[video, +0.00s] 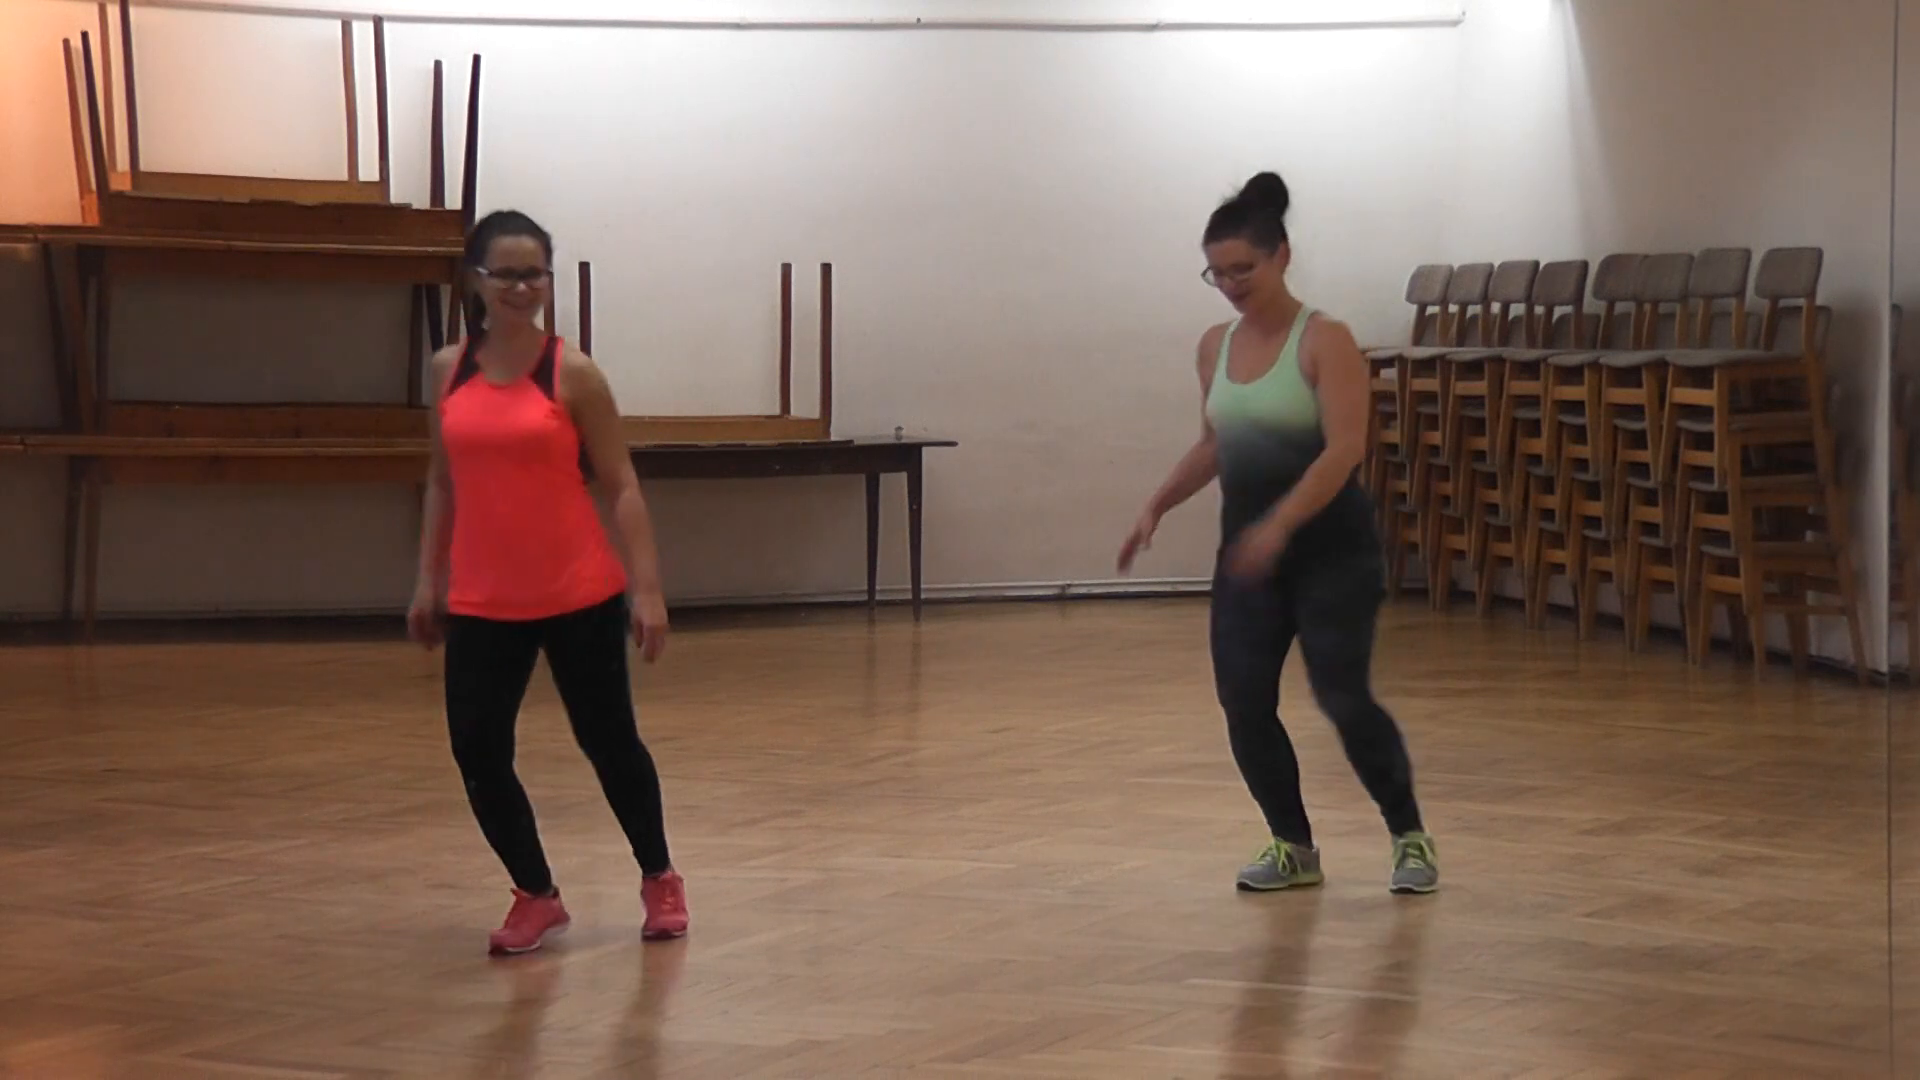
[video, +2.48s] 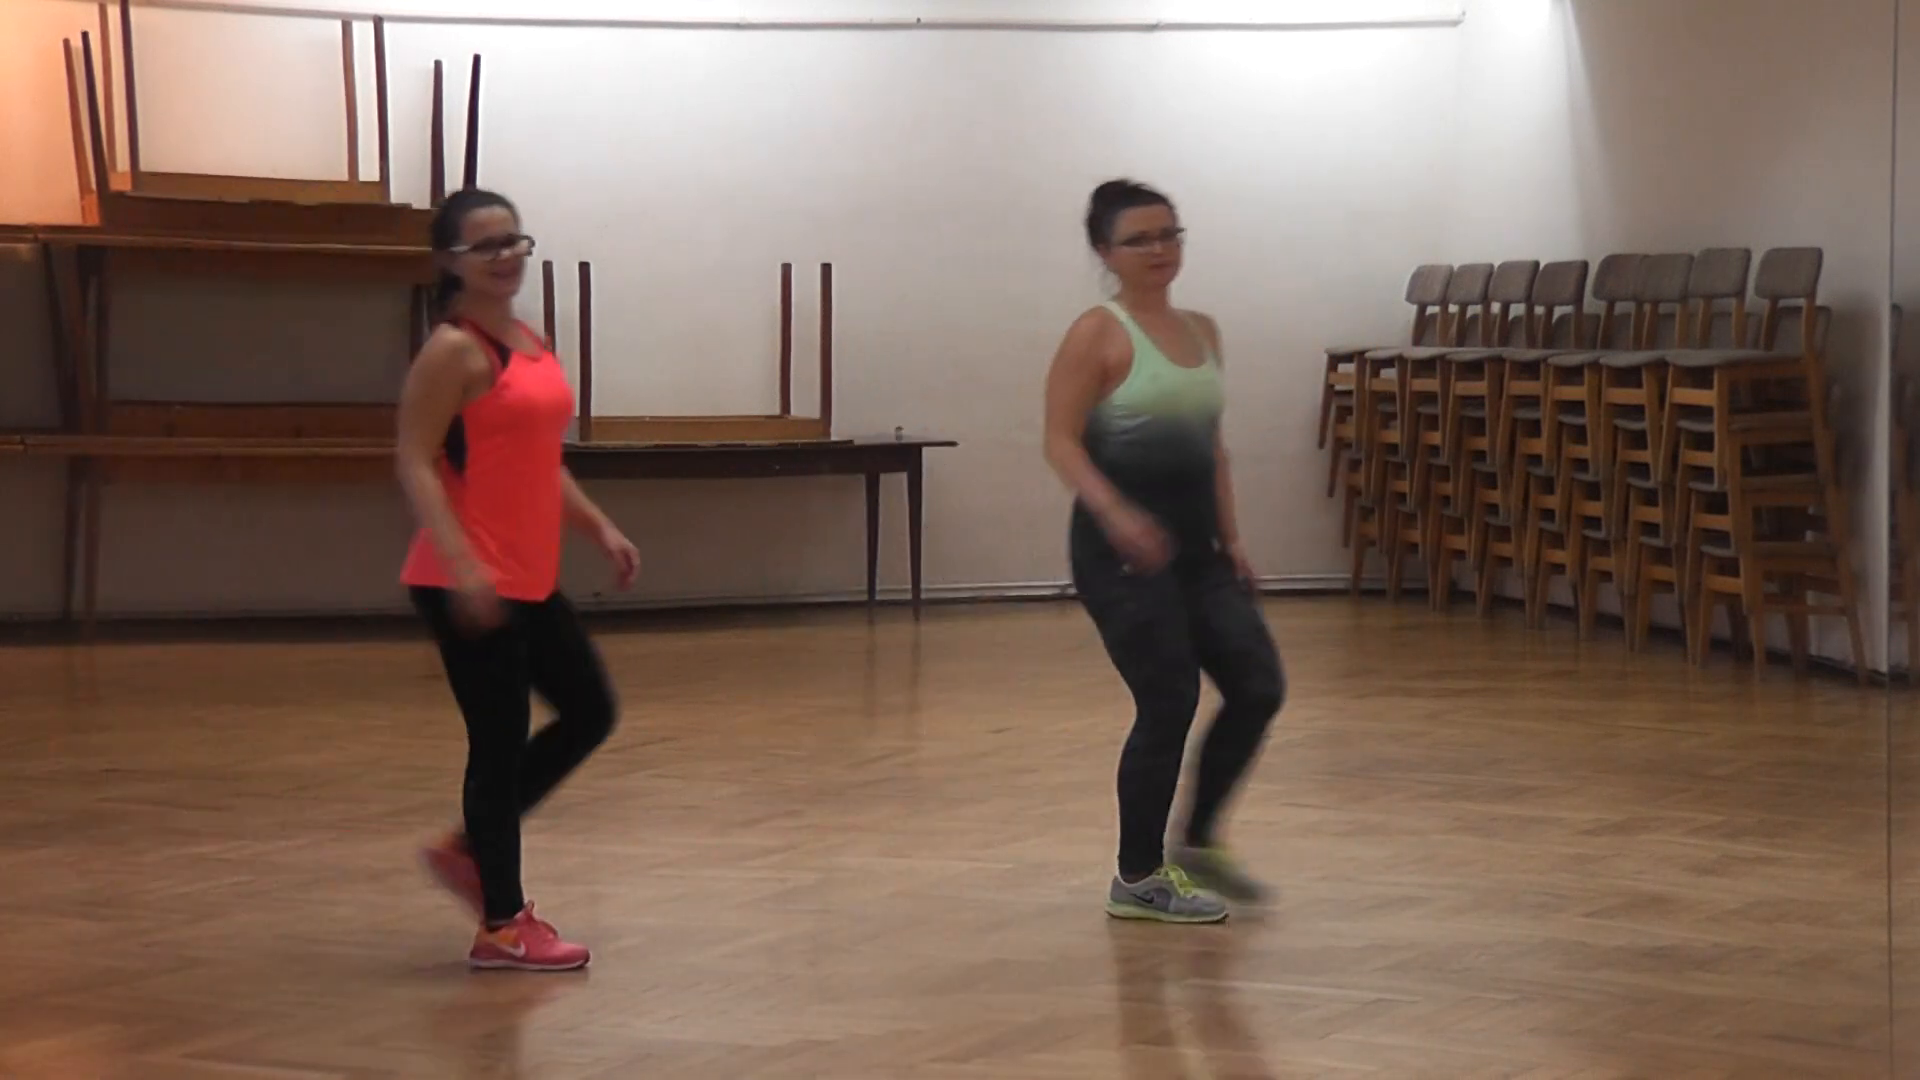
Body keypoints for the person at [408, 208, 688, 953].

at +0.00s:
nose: (521, 288)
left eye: (533, 275)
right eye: (505, 275)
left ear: (550, 280)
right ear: (475, 281)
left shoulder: (576, 375)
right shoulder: (450, 371)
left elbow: (621, 486)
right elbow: (442, 481)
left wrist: (647, 587)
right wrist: (430, 582)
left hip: (578, 594)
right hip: (484, 600)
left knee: (611, 740)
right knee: (478, 752)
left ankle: (660, 879)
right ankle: (536, 896)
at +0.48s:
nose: (374, 279)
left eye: (391, 273)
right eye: (363, 263)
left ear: (407, 291)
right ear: (333, 268)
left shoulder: (421, 378)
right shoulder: (302, 368)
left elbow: (472, 489)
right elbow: (284, 470)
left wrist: (478, 604)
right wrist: (279, 508)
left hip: (415, 591)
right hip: (339, 589)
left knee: (355, 749)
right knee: (381, 755)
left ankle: (335, 926)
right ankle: (501, 868)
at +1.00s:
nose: (217, 263)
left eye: (230, 254)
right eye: (202, 248)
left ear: (242, 270)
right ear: (164, 255)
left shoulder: (246, 361)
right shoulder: (128, 350)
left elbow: (258, 483)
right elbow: (68, 455)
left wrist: (304, 575)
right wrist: (161, 487)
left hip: (236, 592)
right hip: (139, 597)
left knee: (275, 755)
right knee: (130, 767)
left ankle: (312, 917)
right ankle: (82, 939)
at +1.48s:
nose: (179, 265)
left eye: (191, 251)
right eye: (162, 251)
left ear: (202, 255)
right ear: (122, 254)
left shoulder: (173, 342)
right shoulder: (114, 341)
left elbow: (164, 453)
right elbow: (213, 422)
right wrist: (307, 377)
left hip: (147, 583)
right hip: (92, 581)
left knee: (123, 739)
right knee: (110, 739)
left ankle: (51, 906)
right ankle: (18, 904)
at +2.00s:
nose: (321, 264)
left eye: (326, 250)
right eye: (301, 254)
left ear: (334, 256)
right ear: (262, 268)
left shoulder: (292, 347)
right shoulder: (273, 354)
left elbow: (248, 469)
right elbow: (263, 481)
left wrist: (283, 581)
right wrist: (272, 598)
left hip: (263, 579)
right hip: (249, 582)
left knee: (284, 746)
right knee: (305, 740)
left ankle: (248, 927)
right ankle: (167, 865)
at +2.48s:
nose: (507, 256)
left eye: (514, 242)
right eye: (488, 247)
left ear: (525, 249)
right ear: (450, 263)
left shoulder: (528, 339)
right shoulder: (451, 351)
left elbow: (536, 458)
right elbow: (413, 463)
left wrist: (599, 525)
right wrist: (462, 561)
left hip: (528, 581)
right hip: (466, 583)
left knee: (591, 714)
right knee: (499, 744)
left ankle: (470, 844)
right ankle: (504, 923)